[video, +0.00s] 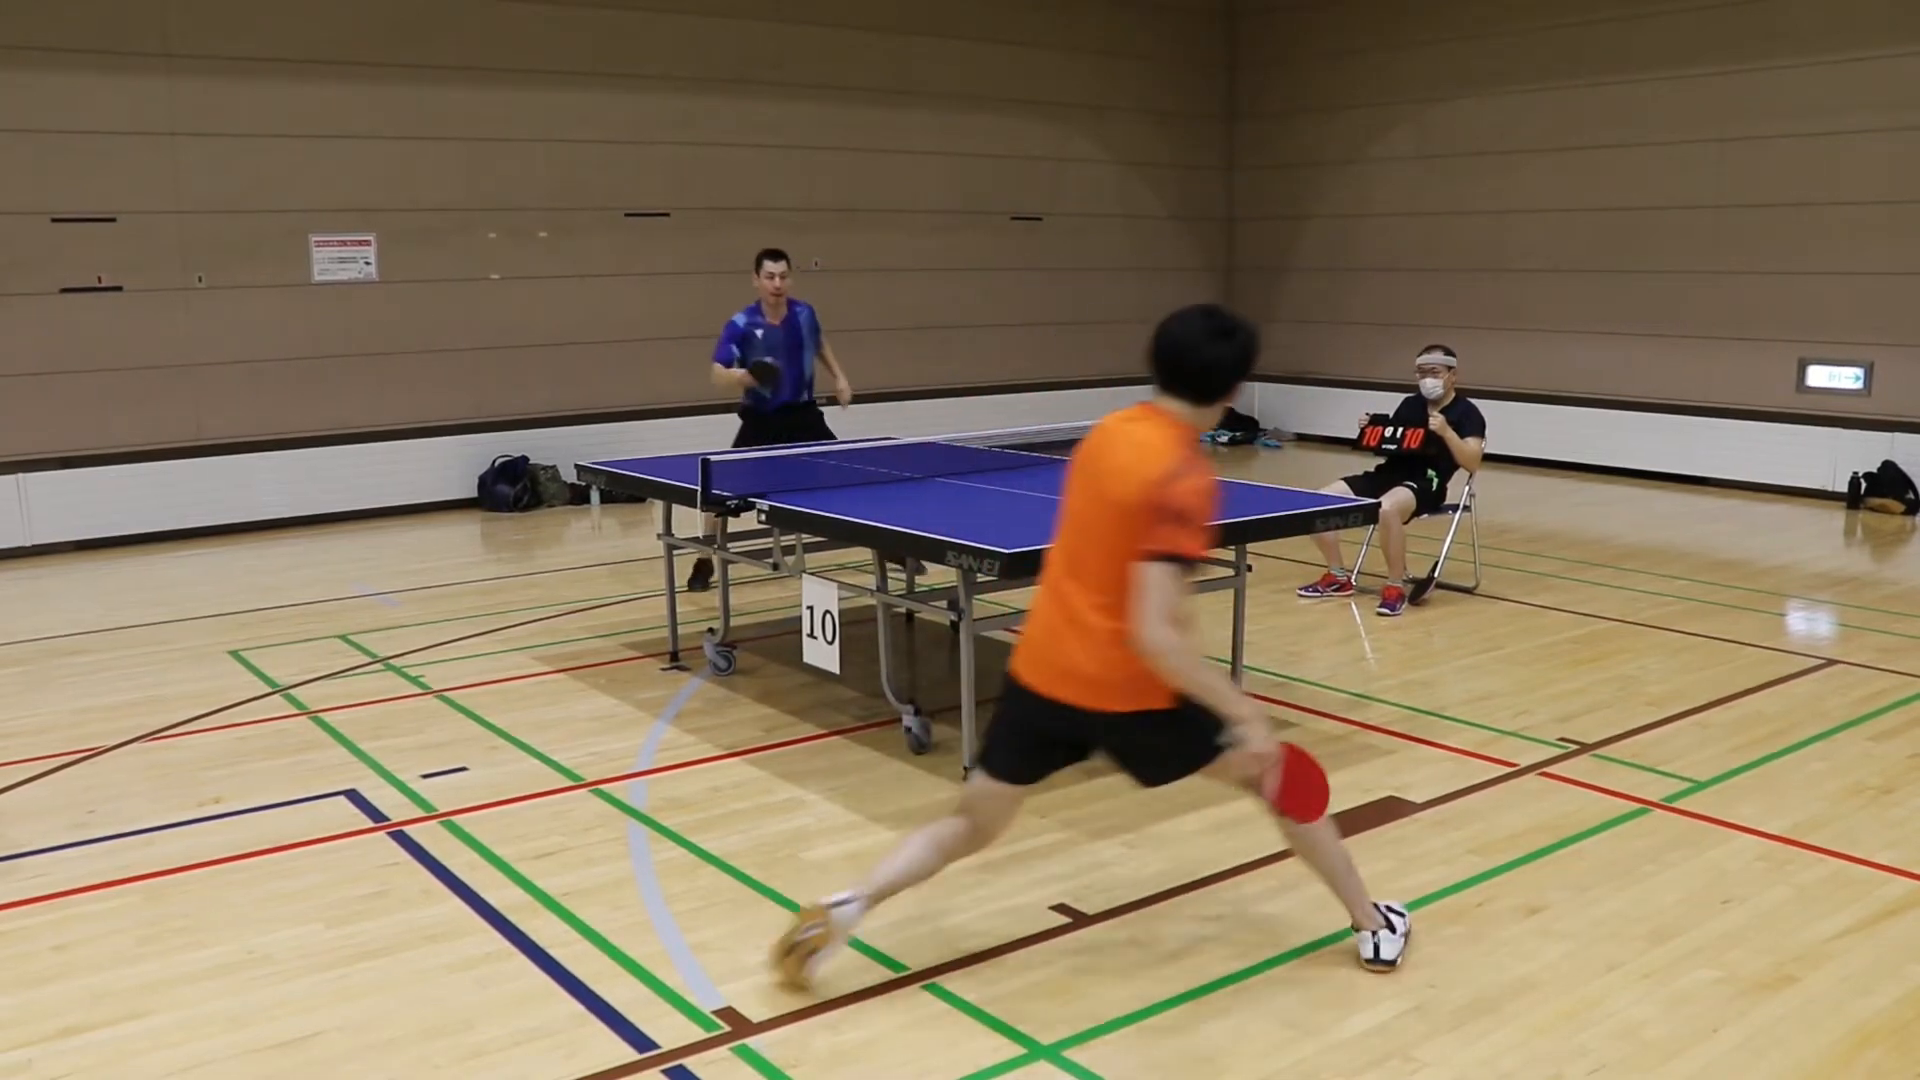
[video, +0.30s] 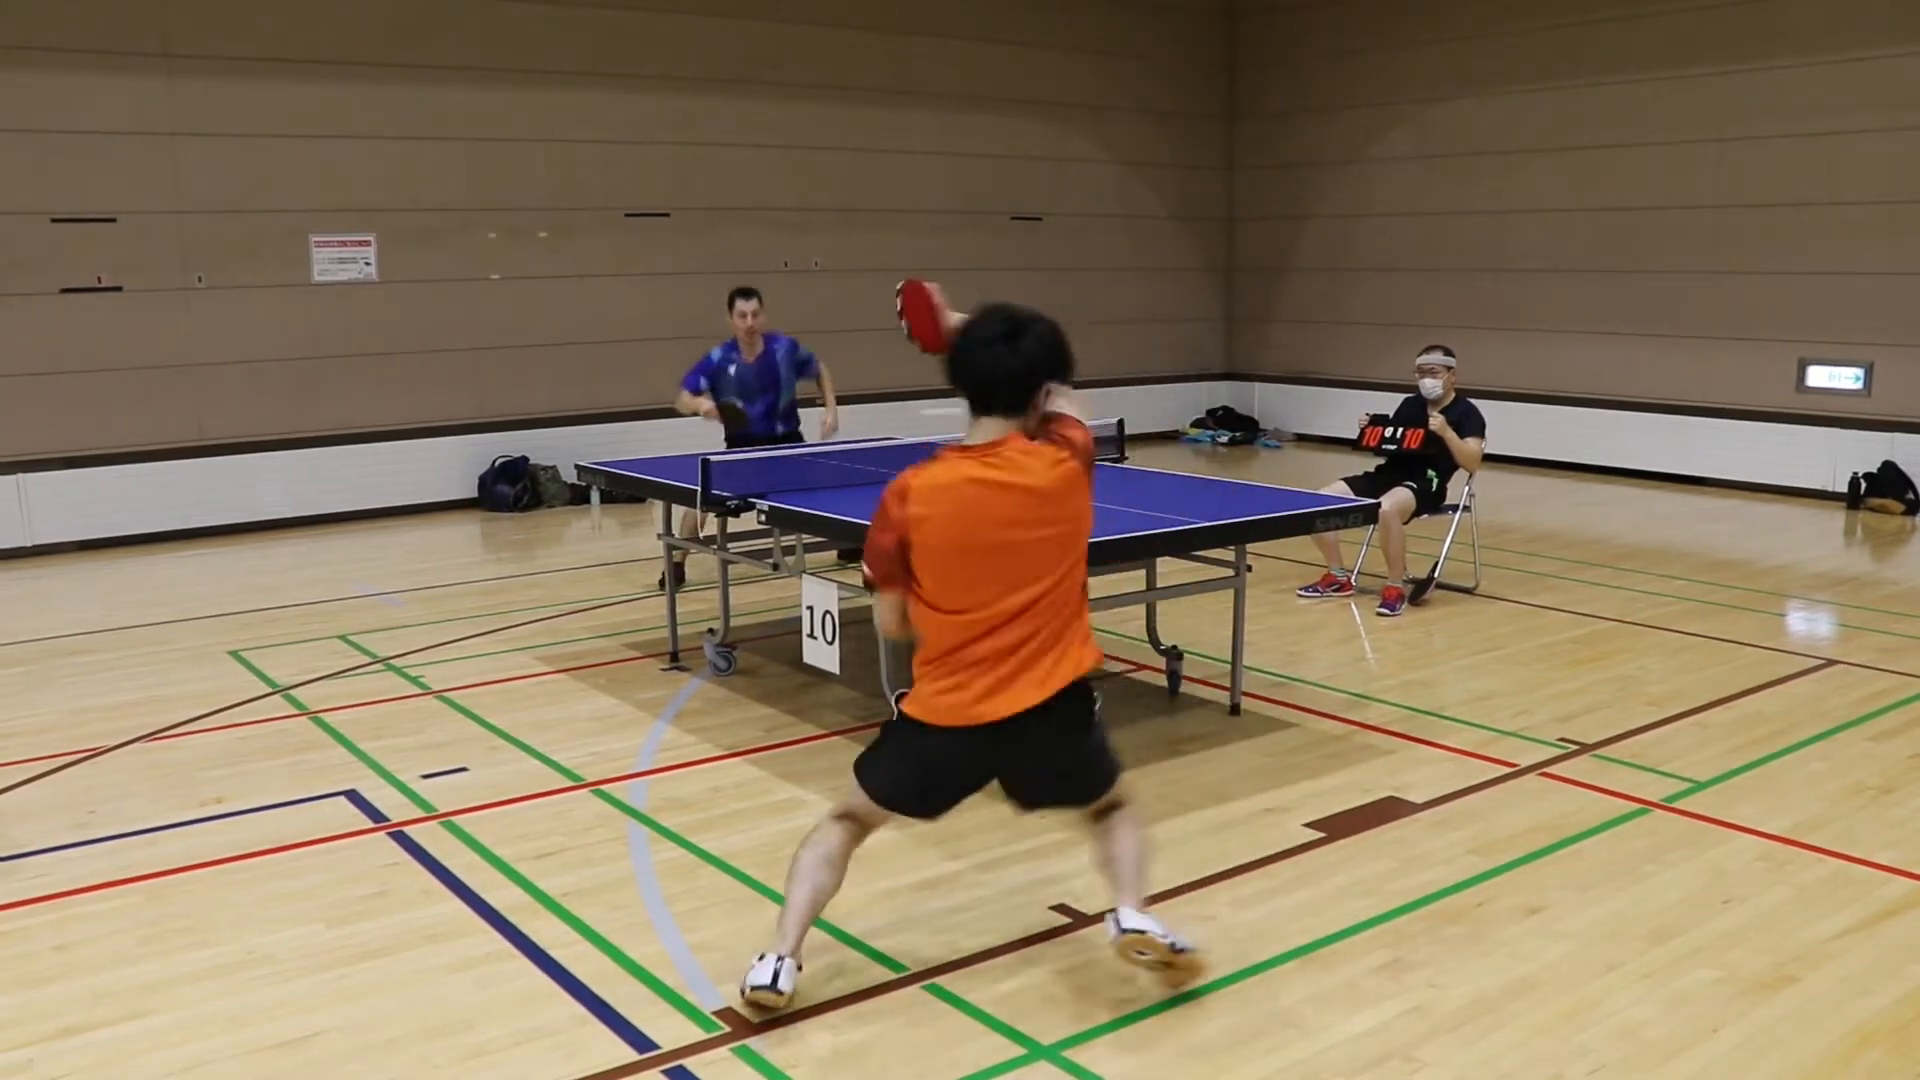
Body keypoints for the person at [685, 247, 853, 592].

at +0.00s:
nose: (778, 283)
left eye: (783, 277)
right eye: (770, 277)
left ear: (790, 280)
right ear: (756, 280)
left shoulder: (804, 314)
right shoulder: (741, 324)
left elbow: (820, 346)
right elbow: (719, 375)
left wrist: (839, 377)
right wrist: (742, 376)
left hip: (805, 419)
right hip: (760, 423)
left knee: (852, 474)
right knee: (722, 488)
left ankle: (892, 545)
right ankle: (705, 559)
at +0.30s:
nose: (749, 322)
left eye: (754, 315)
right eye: (742, 316)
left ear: (763, 316)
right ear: (731, 319)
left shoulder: (786, 349)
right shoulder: (720, 357)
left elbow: (819, 370)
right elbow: (683, 399)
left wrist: (831, 409)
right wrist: (700, 405)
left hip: (789, 448)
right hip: (741, 454)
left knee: (827, 484)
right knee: (699, 498)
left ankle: (849, 542)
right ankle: (676, 563)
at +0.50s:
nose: (758, 345)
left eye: (763, 338)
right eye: (751, 339)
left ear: (769, 336)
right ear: (737, 339)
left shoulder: (789, 367)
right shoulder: (724, 376)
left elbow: (820, 386)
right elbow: (701, 424)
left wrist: (841, 417)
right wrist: (725, 405)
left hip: (784, 462)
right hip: (738, 465)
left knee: (834, 481)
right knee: (703, 499)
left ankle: (848, 544)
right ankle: (676, 564)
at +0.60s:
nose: (759, 336)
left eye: (764, 328)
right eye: (752, 329)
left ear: (769, 329)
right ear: (738, 331)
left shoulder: (785, 359)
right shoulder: (725, 369)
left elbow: (810, 380)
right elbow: (704, 411)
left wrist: (836, 406)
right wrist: (726, 394)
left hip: (782, 454)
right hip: (737, 458)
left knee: (829, 480)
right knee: (700, 498)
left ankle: (847, 544)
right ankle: (676, 563)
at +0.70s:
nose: (756, 321)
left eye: (760, 314)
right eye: (748, 314)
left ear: (766, 315)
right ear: (733, 317)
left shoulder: (779, 346)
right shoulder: (720, 357)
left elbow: (799, 369)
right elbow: (700, 401)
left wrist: (824, 396)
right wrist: (722, 384)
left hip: (778, 442)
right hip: (734, 446)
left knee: (820, 480)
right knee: (698, 496)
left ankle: (848, 544)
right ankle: (675, 564)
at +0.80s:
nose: (747, 312)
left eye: (751, 305)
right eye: (740, 306)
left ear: (757, 307)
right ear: (724, 309)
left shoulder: (773, 339)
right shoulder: (711, 350)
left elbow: (794, 366)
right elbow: (687, 395)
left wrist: (815, 393)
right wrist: (712, 384)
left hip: (774, 436)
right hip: (729, 440)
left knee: (813, 482)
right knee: (691, 491)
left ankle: (847, 543)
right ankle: (668, 558)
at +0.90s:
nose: (730, 311)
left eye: (734, 304)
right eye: (722, 304)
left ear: (739, 306)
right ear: (706, 309)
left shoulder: (756, 339)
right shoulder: (695, 351)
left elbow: (779, 367)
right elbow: (668, 397)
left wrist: (798, 400)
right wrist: (705, 390)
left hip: (764, 435)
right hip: (719, 441)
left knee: (806, 482)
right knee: (682, 493)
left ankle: (845, 542)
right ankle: (667, 559)